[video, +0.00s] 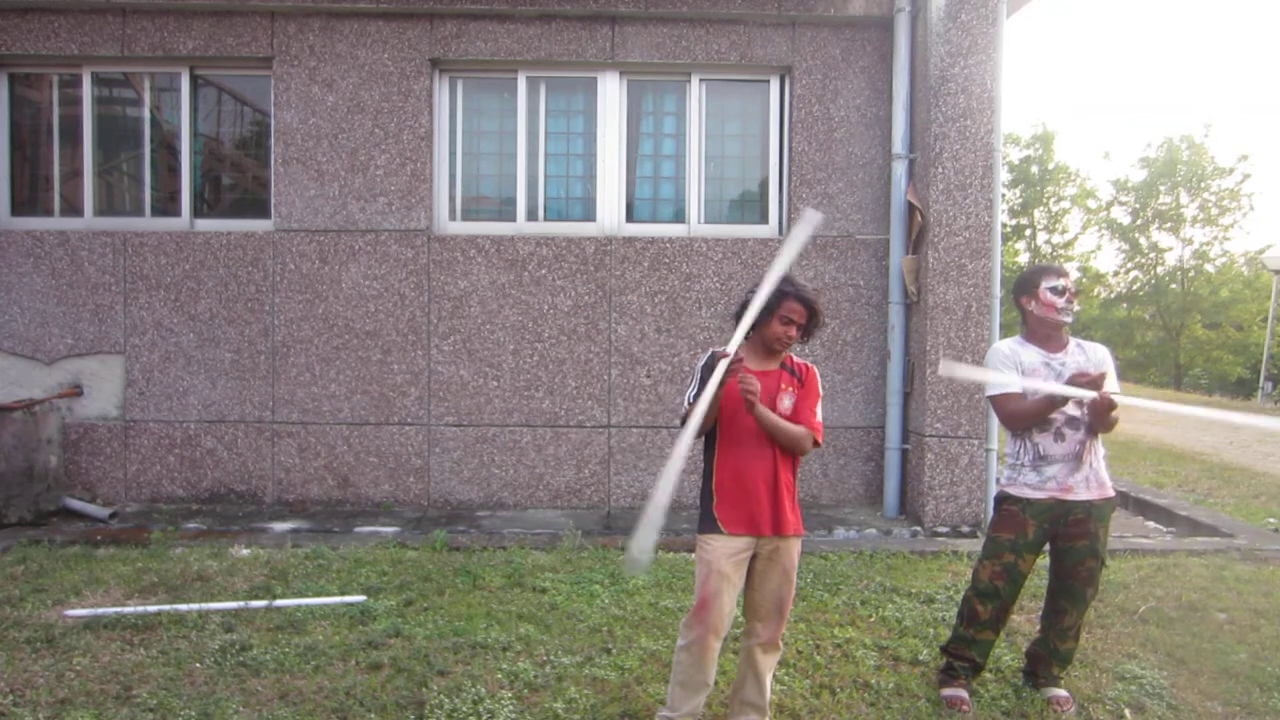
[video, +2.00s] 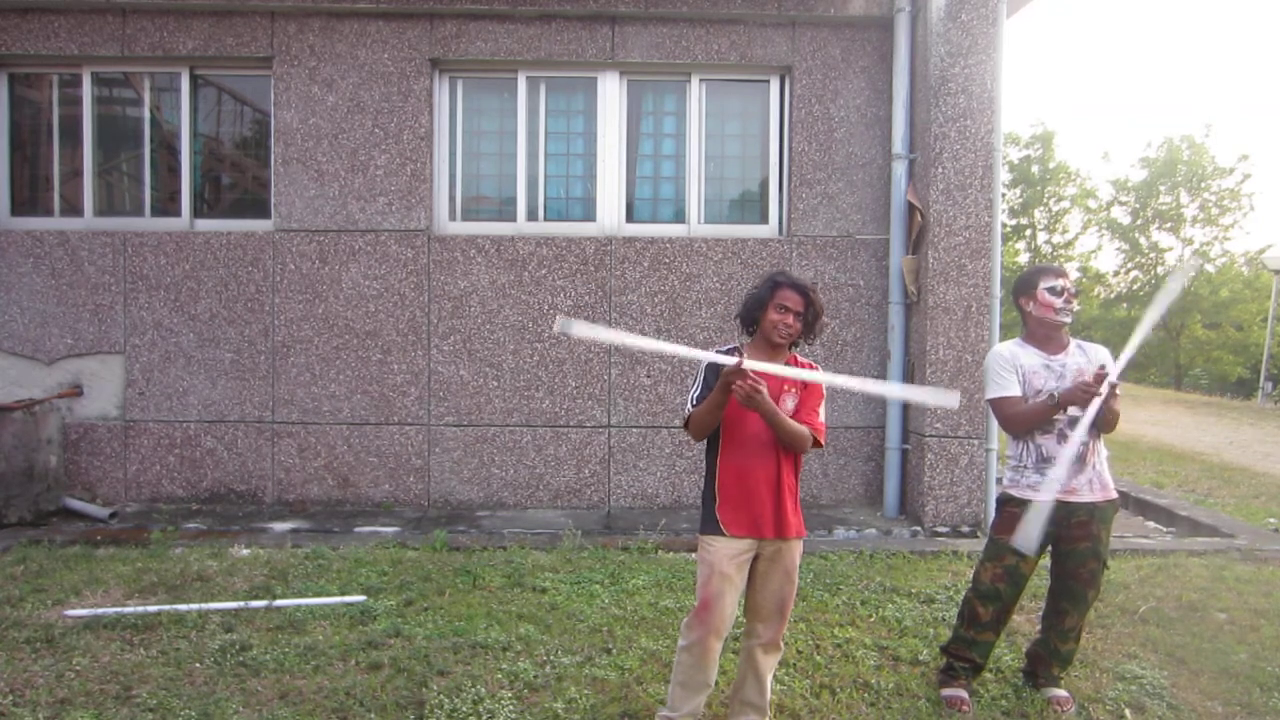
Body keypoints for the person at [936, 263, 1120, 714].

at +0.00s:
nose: (1069, 298)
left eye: (1072, 292)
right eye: (1057, 290)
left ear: (1075, 303)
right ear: (1026, 301)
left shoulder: (1095, 354)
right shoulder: (1004, 354)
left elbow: (1106, 425)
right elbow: (1014, 419)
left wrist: (1099, 401)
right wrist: (1066, 392)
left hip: (1087, 496)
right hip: (1026, 494)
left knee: (1075, 593)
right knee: (992, 584)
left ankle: (1045, 670)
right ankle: (957, 673)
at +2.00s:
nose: (1068, 299)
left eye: (1072, 293)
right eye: (1056, 291)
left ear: (1075, 304)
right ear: (1026, 302)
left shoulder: (1094, 355)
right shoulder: (1004, 356)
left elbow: (1108, 425)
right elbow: (1014, 422)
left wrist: (1104, 396)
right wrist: (1066, 398)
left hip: (1088, 496)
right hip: (1028, 494)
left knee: (1076, 593)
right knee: (994, 585)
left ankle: (1045, 670)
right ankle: (957, 674)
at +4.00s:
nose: (1068, 299)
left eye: (1071, 294)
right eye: (1056, 290)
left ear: (1074, 307)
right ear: (1026, 302)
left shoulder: (1091, 355)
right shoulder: (1007, 358)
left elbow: (1112, 421)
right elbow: (1024, 422)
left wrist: (1114, 372)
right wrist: (1076, 380)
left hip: (1096, 500)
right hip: (1035, 498)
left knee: (1079, 598)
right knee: (998, 588)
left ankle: (1046, 673)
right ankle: (958, 675)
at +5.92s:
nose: (1068, 300)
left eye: (1073, 295)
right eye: (1056, 291)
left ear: (1076, 308)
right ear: (1026, 302)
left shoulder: (1090, 356)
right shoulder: (1008, 356)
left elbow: (1111, 420)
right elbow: (1025, 418)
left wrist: (1114, 364)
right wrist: (1063, 368)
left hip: (1094, 497)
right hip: (1033, 495)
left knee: (1078, 596)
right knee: (997, 587)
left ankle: (1045, 673)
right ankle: (958, 675)